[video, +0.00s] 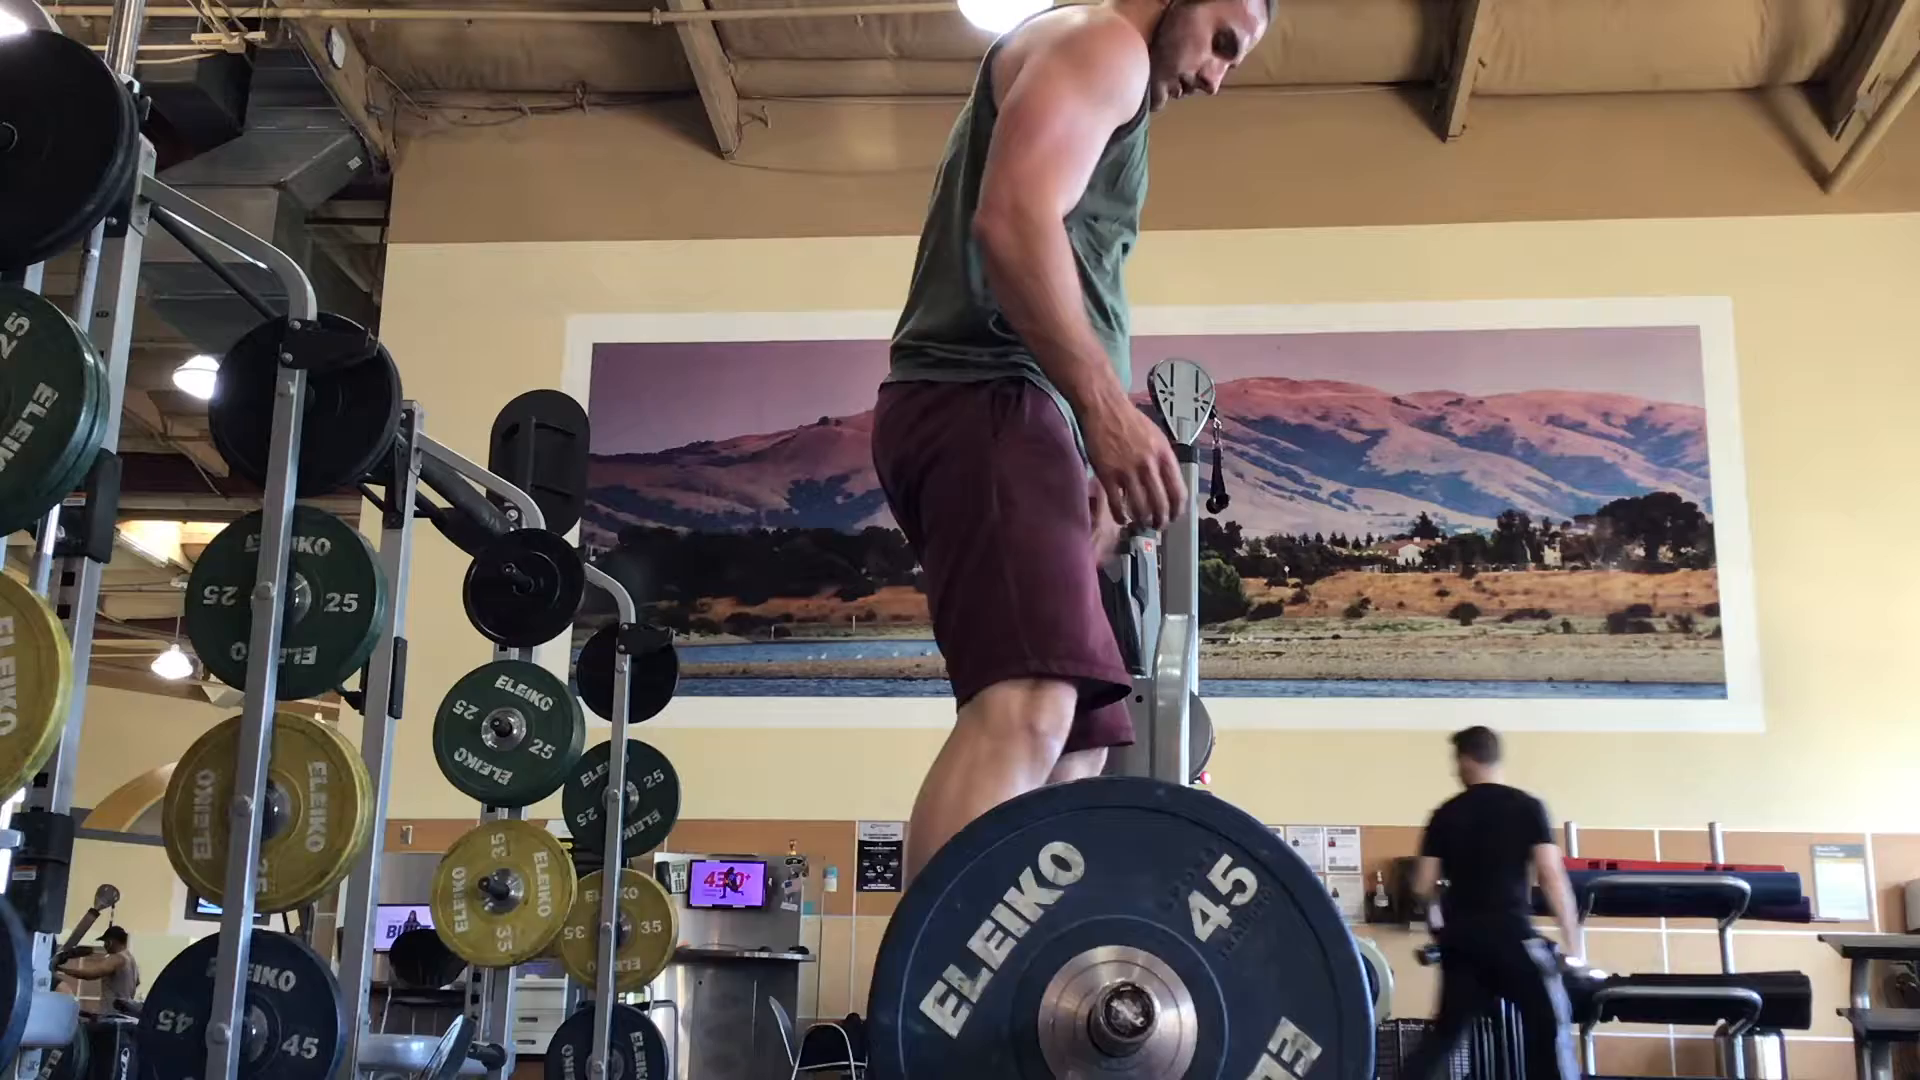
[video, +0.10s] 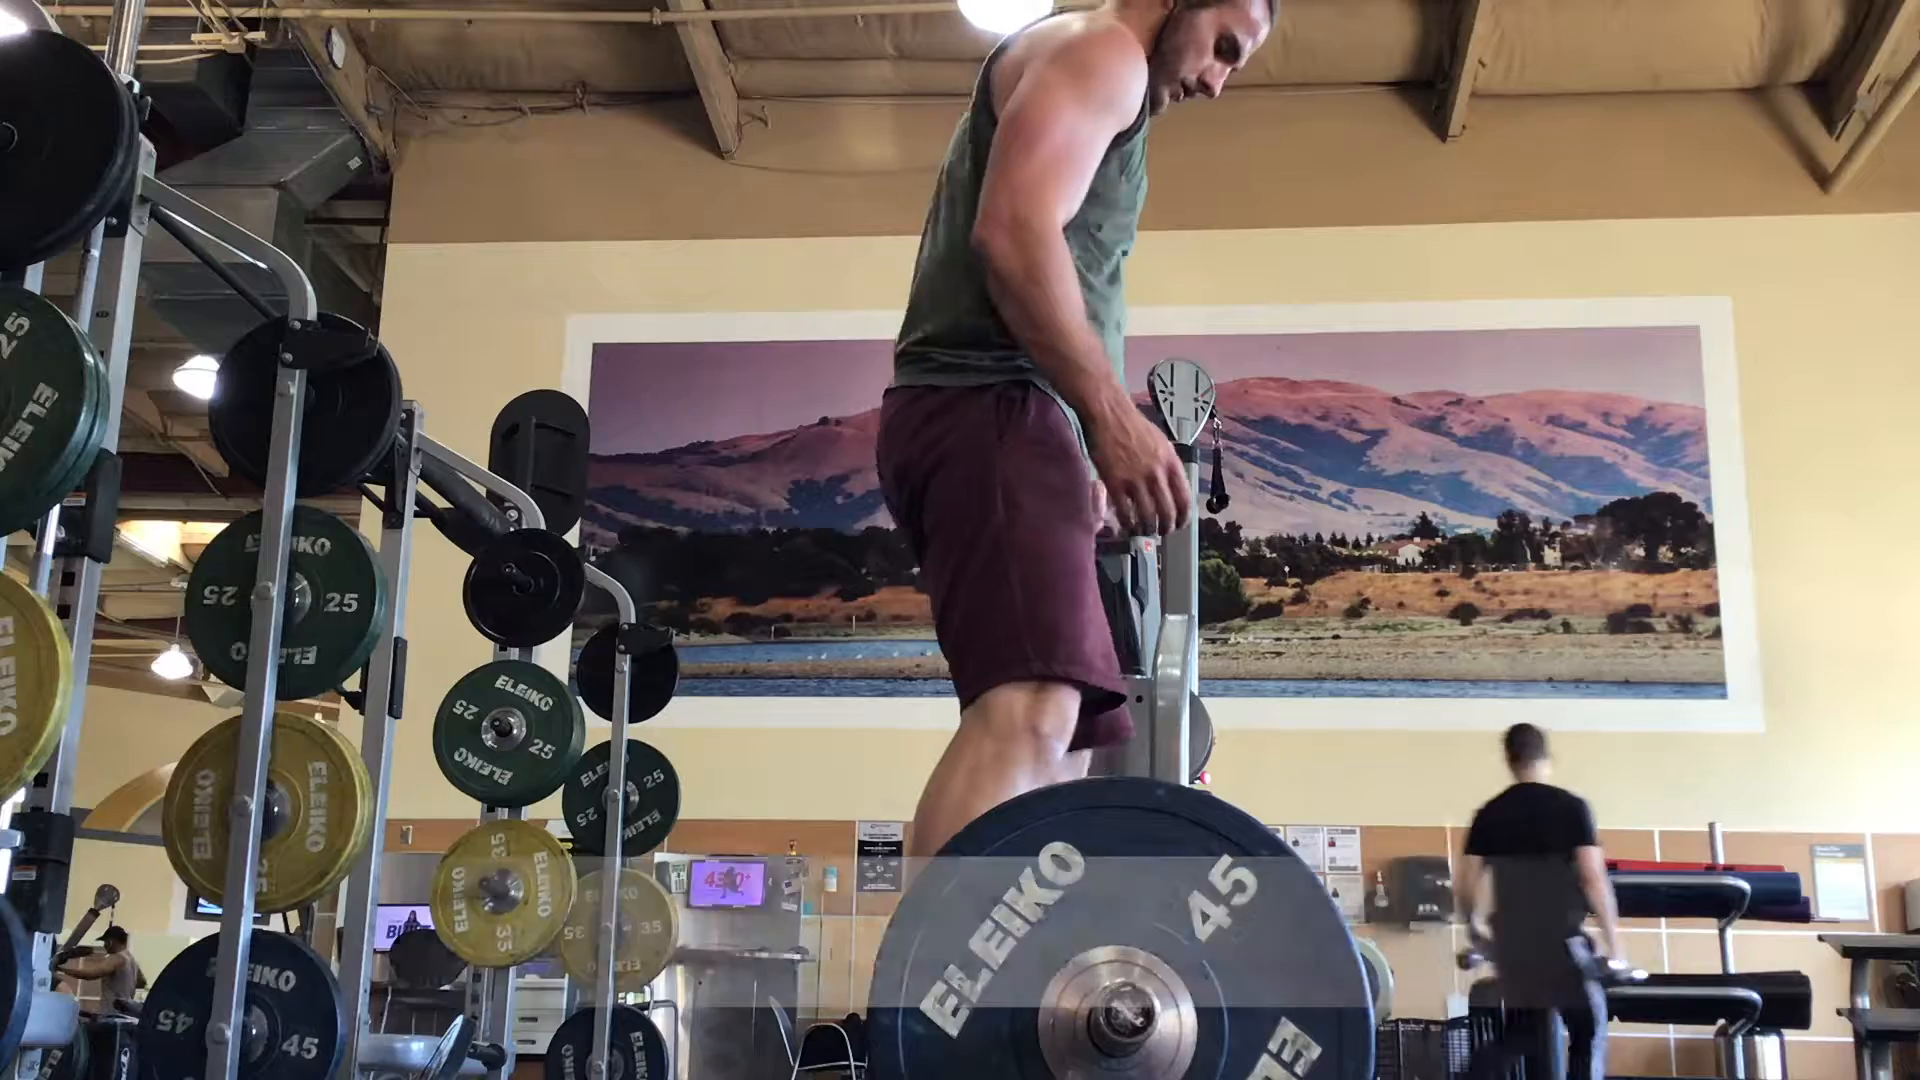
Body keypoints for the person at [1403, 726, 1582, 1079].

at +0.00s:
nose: (1456, 768)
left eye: (1457, 760)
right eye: (1457, 760)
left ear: (1465, 761)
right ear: (1498, 759)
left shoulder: (1445, 814)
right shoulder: (1527, 807)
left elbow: (1422, 885)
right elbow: (1552, 878)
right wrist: (1573, 947)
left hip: (1460, 939)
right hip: (1512, 939)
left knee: (1448, 1029)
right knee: (1551, 1024)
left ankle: (1412, 1073)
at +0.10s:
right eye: (1544, 755)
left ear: (1509, 760)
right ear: (1548, 756)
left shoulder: (1488, 814)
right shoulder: (1571, 808)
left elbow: (1466, 885)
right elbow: (1592, 879)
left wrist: (1473, 931)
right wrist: (1613, 948)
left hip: (1511, 938)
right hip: (1561, 939)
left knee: (1533, 1030)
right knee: (1590, 1025)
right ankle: (1586, 1075)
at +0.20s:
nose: (1596, 751)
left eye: (1592, 744)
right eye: (1592, 745)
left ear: (1552, 753)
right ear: (1585, 750)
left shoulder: (1527, 808)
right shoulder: (1606, 804)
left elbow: (1509, 879)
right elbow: (1630, 876)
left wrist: (1513, 935)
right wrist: (1651, 949)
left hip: (1550, 933)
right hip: (1595, 933)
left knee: (1588, 1027)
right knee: (1604, 1030)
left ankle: (1561, 1073)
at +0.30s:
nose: (1644, 756)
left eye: (1641, 747)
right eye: (1639, 747)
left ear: (1599, 755)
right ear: (1622, 751)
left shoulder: (1568, 810)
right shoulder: (1640, 806)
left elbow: (1554, 879)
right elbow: (1664, 875)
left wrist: (1556, 939)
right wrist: (1687, 948)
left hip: (1587, 931)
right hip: (1628, 930)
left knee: (1653, 1024)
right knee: (1620, 1025)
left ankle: (1656, 1073)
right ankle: (1598, 1075)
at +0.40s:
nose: (1687, 766)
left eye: (1686, 756)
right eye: (1682, 756)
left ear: (1645, 764)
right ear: (1659, 761)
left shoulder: (1613, 820)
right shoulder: (1679, 815)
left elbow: (1601, 891)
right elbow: (1704, 888)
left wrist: (1597, 949)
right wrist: (1728, 956)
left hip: (1630, 934)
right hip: (1664, 937)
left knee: (1695, 1026)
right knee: (1642, 1031)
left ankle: (1717, 1074)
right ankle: (1607, 1076)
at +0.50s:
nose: (1729, 769)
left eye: (1726, 760)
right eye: (1722, 761)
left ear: (1688, 770)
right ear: (1701, 767)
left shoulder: (1661, 827)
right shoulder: (1723, 820)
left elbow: (1649, 900)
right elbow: (1743, 891)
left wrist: (1642, 960)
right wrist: (1765, 959)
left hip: (1684, 941)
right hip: (1715, 942)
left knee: (1759, 1035)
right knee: (1691, 1037)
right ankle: (1641, 1075)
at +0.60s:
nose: (1770, 765)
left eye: (1768, 756)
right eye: (1763, 757)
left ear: (1730, 768)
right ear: (1743, 765)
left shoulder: (1707, 825)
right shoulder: (1769, 816)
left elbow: (1697, 897)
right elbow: (1782, 885)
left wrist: (1692, 956)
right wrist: (1799, 955)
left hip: (1726, 944)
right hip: (1764, 944)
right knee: (1776, 1046)